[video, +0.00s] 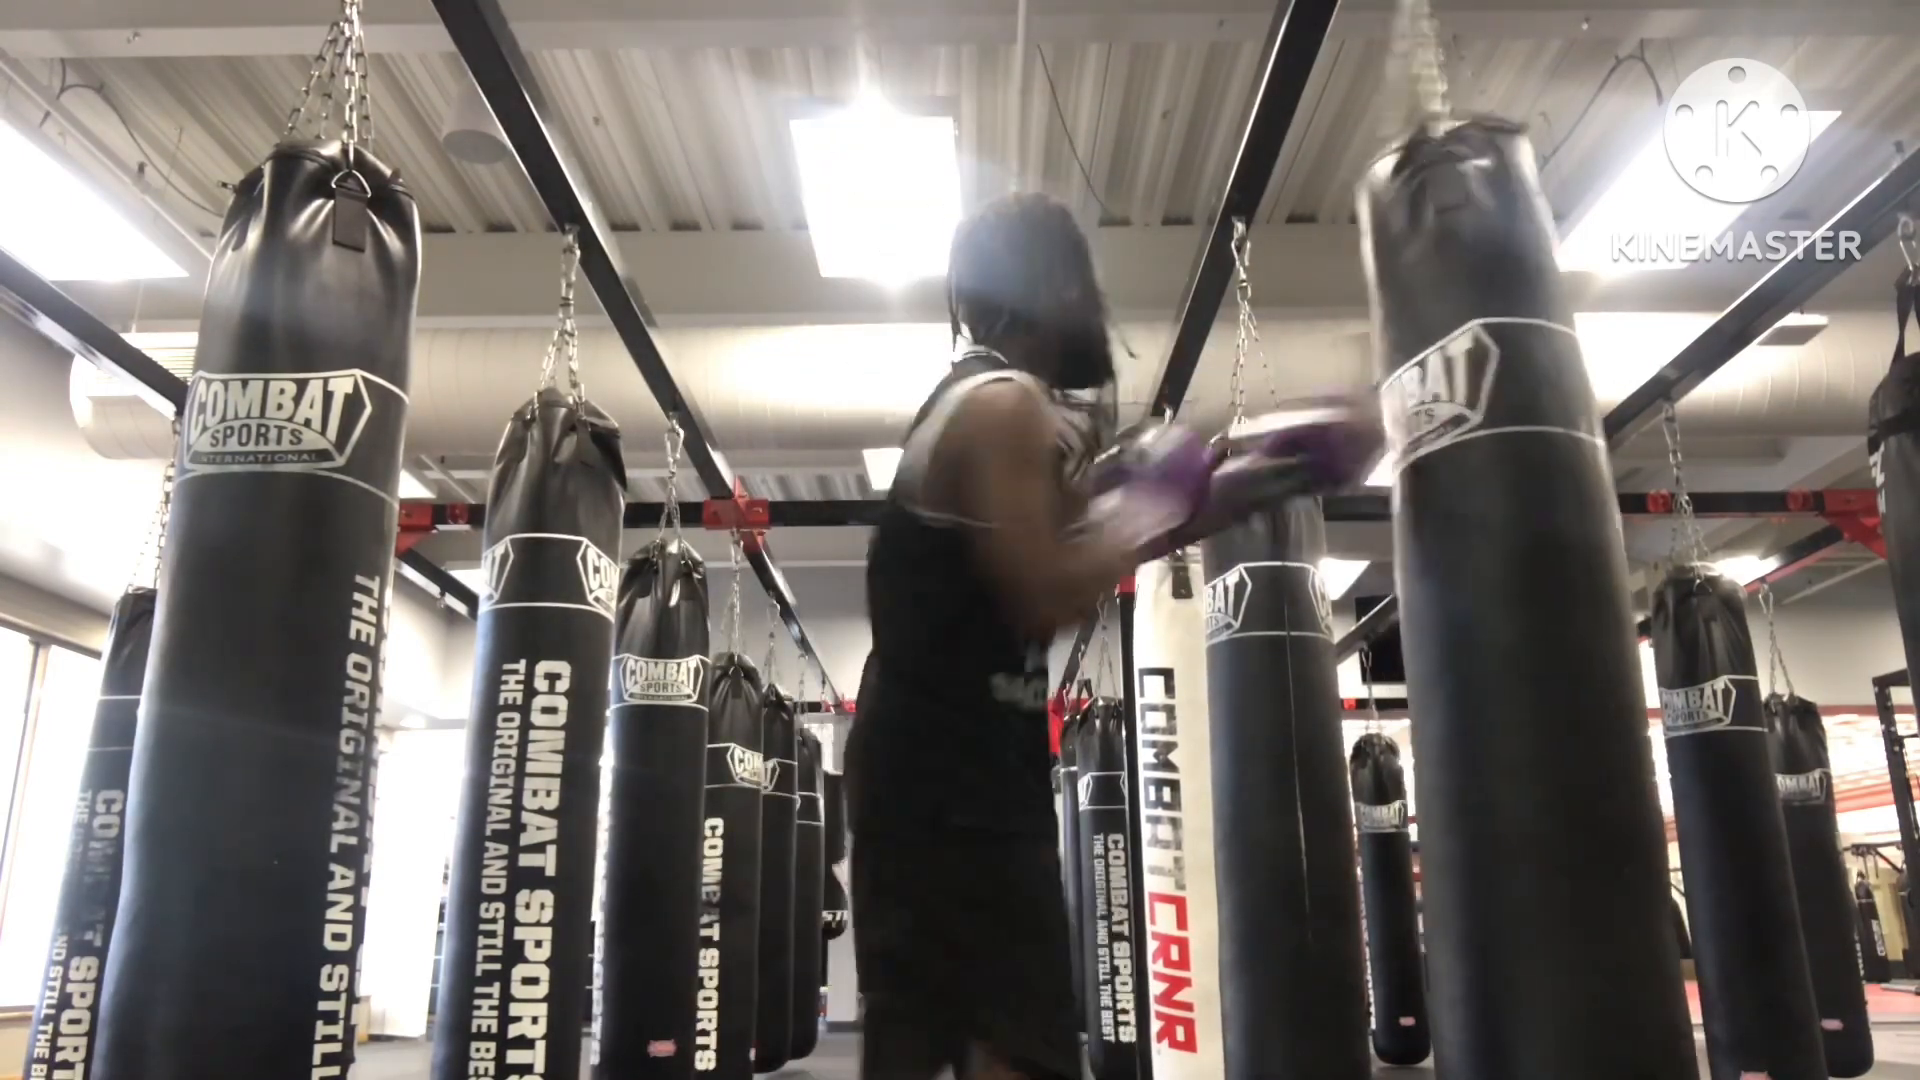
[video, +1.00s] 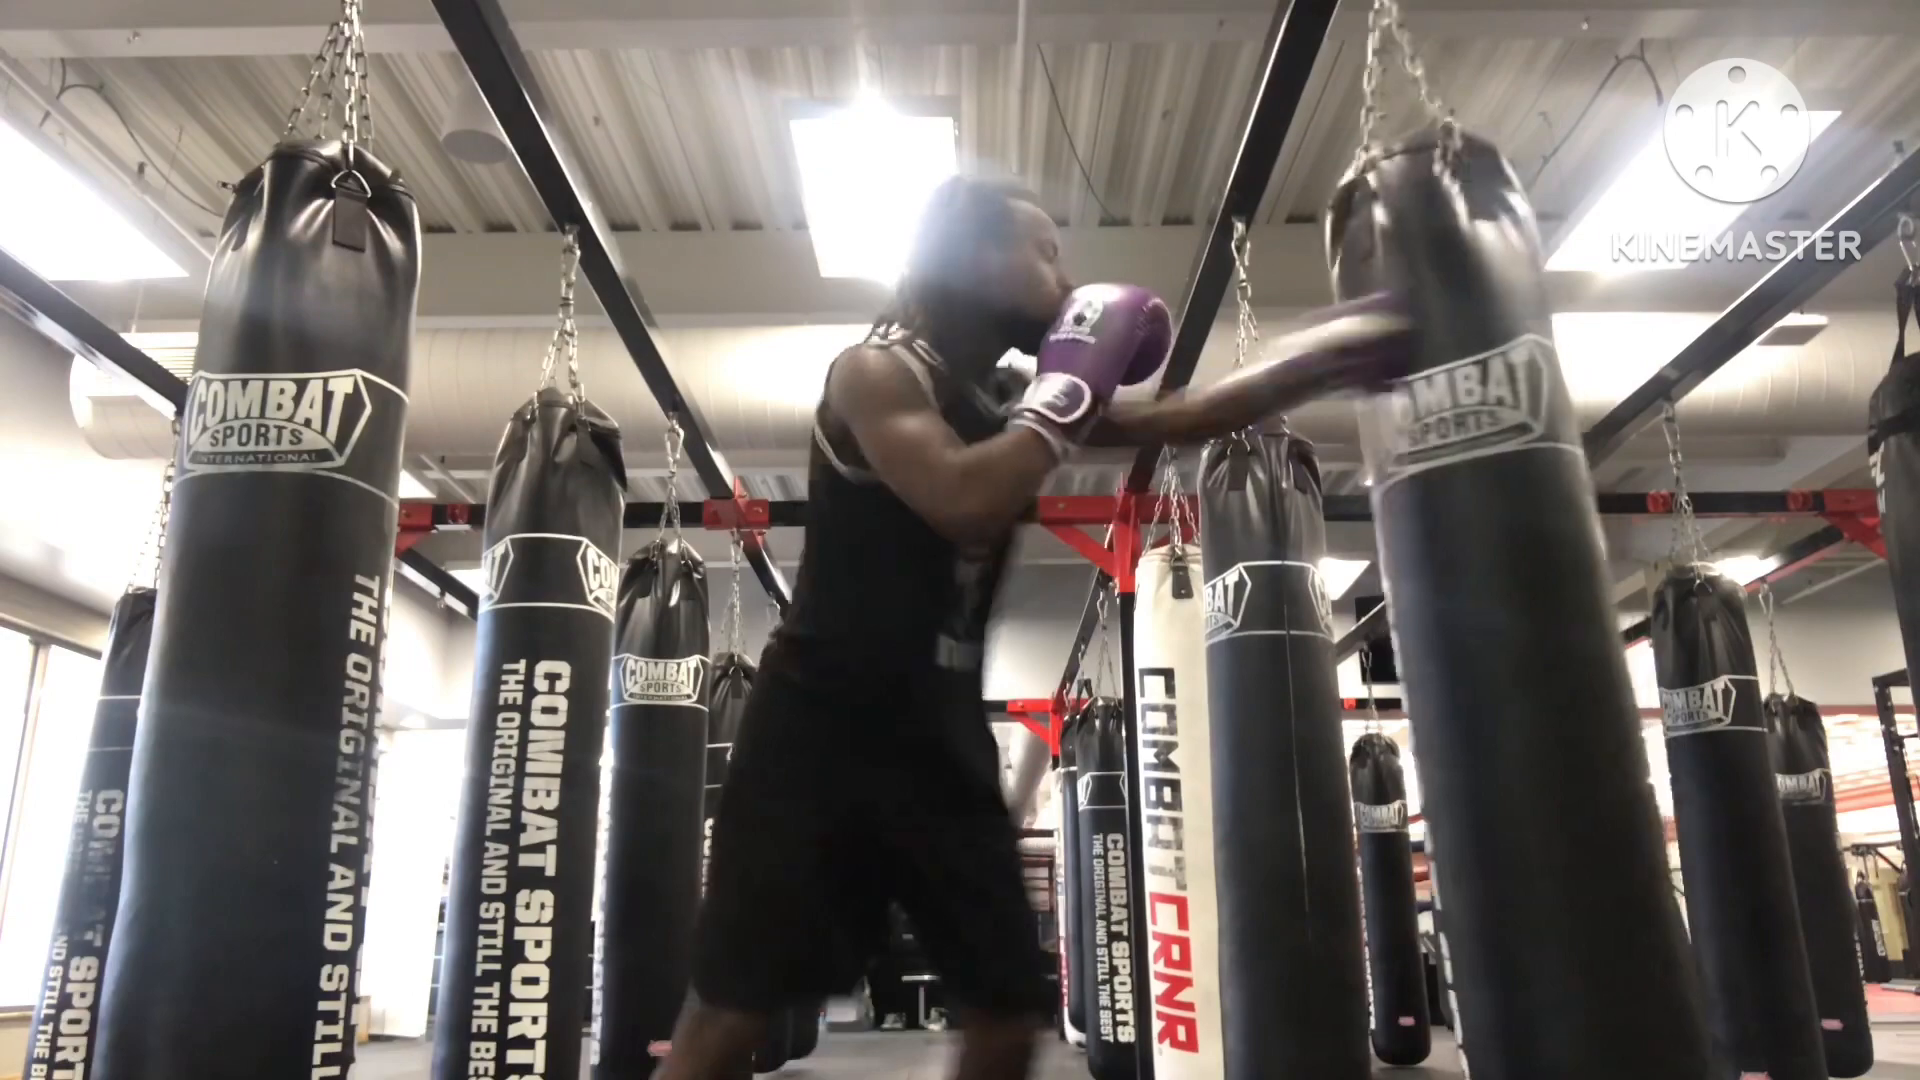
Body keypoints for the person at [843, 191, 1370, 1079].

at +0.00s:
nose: (1096, 294)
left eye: (1087, 274)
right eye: (1081, 272)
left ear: (983, 292)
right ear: (1054, 285)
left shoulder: (974, 404)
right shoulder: (1007, 404)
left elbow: (1071, 550)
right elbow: (1041, 591)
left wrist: (1239, 488)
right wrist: (1156, 512)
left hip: (921, 759)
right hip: (965, 764)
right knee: (1021, 1033)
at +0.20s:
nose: (1050, 320)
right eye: (1042, 304)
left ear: (924, 321)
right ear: (1026, 312)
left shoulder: (864, 437)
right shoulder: (1036, 396)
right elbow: (1222, 451)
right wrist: (1327, 436)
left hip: (849, 806)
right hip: (951, 810)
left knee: (886, 1052)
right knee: (955, 1053)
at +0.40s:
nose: (1034, 319)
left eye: (1028, 296)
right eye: (1018, 295)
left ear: (925, 303)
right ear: (970, 300)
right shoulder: (911, 394)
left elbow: (903, 668)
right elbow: (972, 590)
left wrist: (1058, 646)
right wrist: (1051, 496)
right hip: (867, 788)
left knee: (1019, 1049)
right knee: (865, 1055)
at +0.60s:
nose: (1047, 271)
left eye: (1038, 251)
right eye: (1026, 250)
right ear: (966, 263)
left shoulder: (967, 416)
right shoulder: (874, 369)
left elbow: (1027, 558)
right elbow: (1017, 498)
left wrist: (1145, 478)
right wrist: (1083, 400)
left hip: (929, 741)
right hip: (823, 742)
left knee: (1025, 1033)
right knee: (747, 1040)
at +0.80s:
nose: (1047, 293)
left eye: (1041, 272)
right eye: (1026, 269)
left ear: (966, 285)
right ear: (960, 275)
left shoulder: (988, 426)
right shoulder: (882, 397)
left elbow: (1124, 503)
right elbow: (1024, 527)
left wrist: (1281, 447)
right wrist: (1099, 411)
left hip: (947, 782)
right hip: (831, 782)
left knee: (1022, 1038)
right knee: (777, 1054)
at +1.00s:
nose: (1065, 279)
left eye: (1060, 258)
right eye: (1043, 250)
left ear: (1000, 270)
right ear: (971, 253)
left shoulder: (1005, 404)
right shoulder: (872, 369)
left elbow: (1176, 413)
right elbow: (963, 497)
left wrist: (1323, 355)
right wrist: (1067, 394)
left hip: (937, 734)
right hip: (818, 727)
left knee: (1006, 1016)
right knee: (731, 1025)